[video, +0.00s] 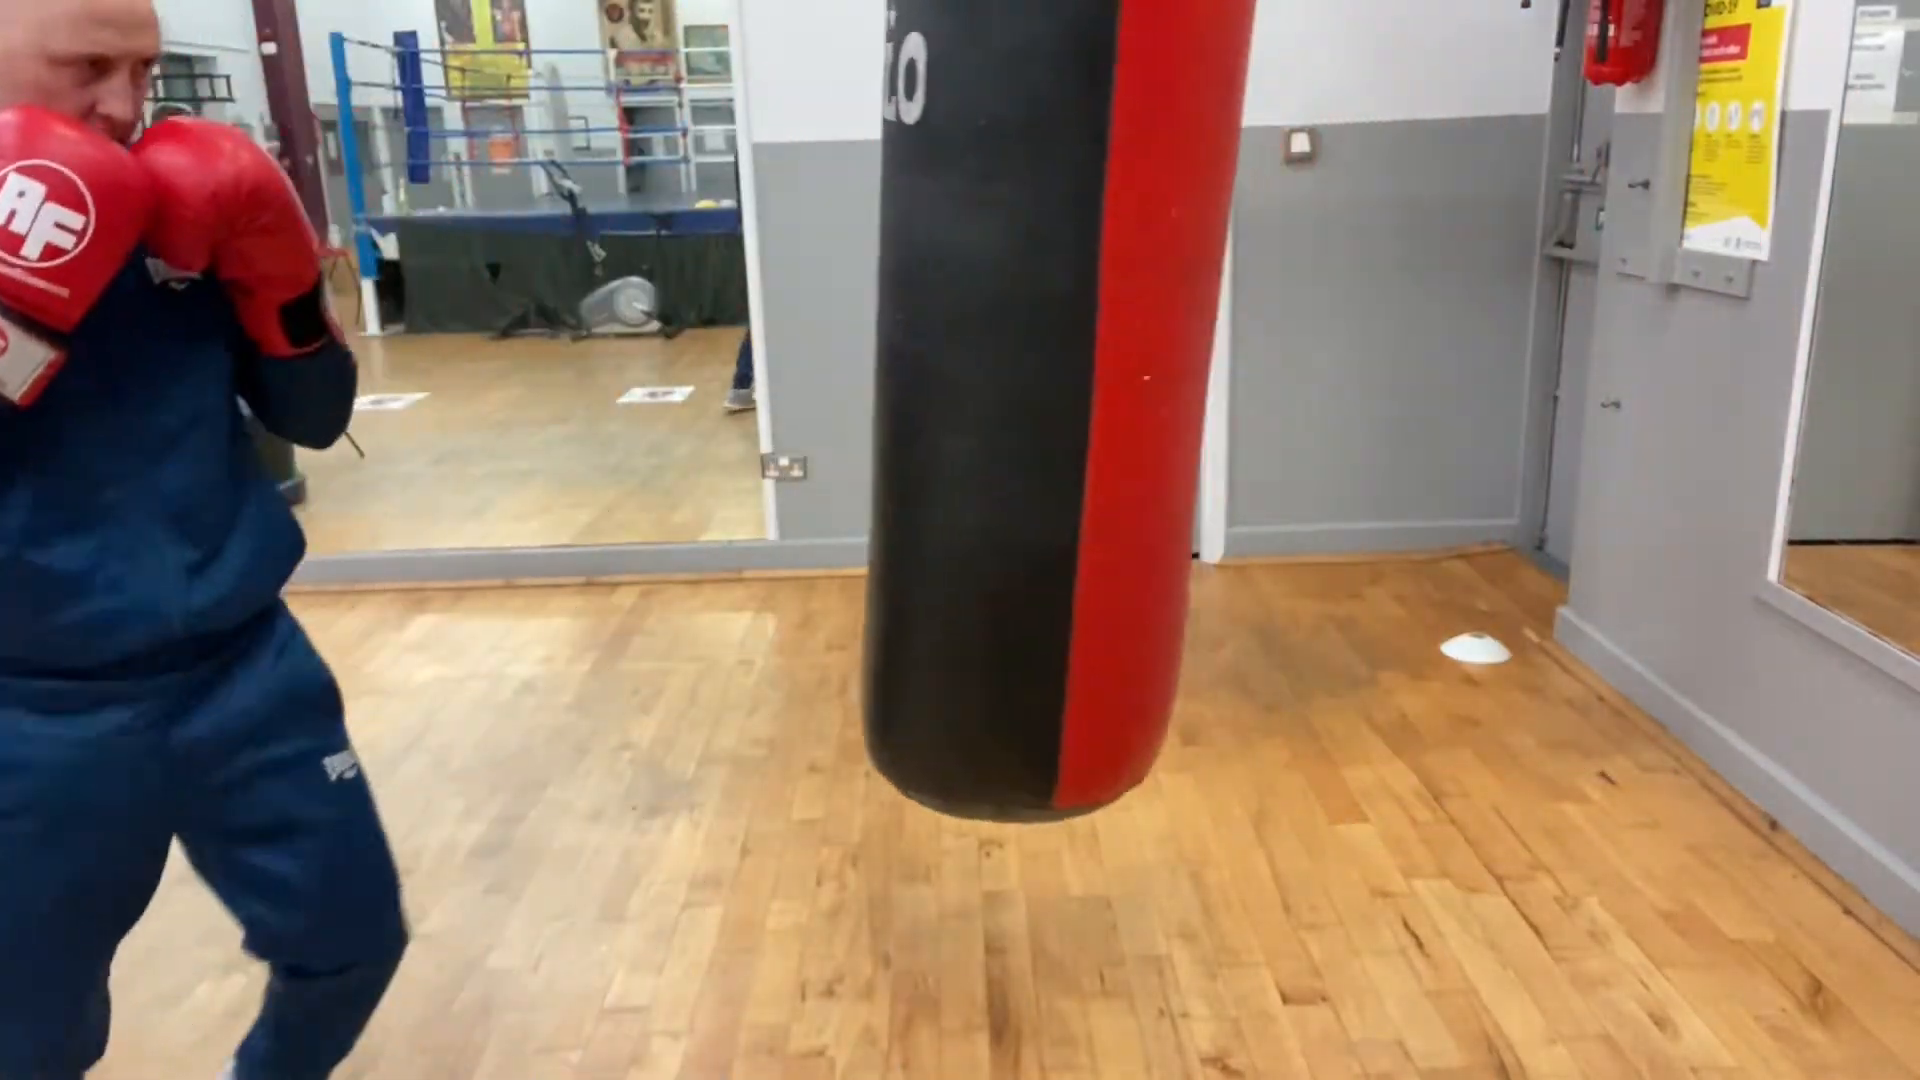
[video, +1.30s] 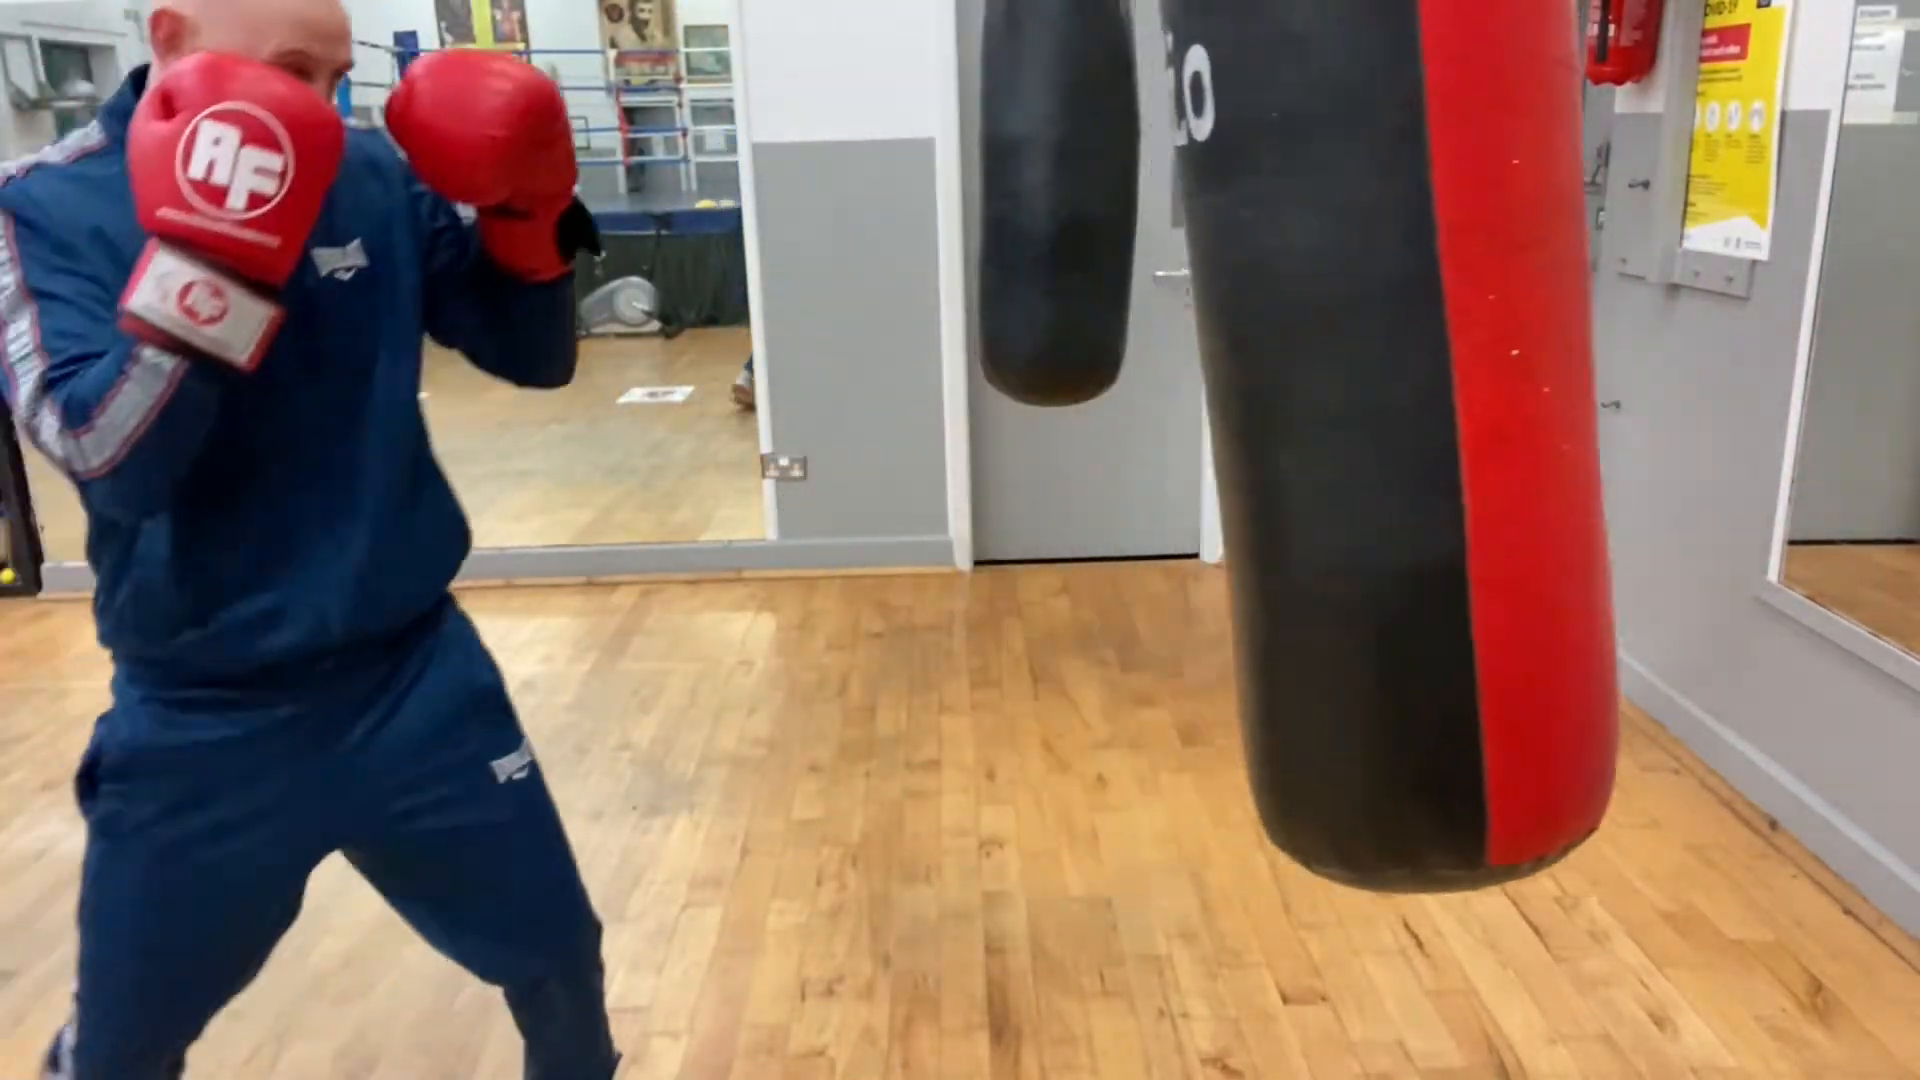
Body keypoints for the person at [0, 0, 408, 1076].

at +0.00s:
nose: (124, 105)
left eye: (143, 70)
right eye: (86, 70)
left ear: (161, 66)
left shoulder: (188, 208)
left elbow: (315, 417)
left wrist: (281, 274)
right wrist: (22, 314)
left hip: (244, 673)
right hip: (40, 713)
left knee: (351, 940)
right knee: (36, 1048)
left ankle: (274, 1076)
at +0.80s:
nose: (12, 73)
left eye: (13, 62)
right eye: (1, 64)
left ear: (20, 53)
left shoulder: (73, 184)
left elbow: (207, 392)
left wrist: (206, 281)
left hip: (136, 649)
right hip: (4, 693)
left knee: (290, 906)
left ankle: (258, 1043)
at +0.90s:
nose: (15, 39)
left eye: (22, 24)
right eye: (5, 24)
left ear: (36, 28)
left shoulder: (80, 137)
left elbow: (280, 331)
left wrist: (245, 177)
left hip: (157, 627)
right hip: (9, 673)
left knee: (347, 882)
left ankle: (356, 1042)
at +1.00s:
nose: (62, 79)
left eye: (78, 57)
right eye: (40, 54)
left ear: (92, 44)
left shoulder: (127, 151)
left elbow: (305, 344)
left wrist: (299, 210)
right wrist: (10, 197)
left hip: (189, 644)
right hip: (22, 683)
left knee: (393, 883)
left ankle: (504, 1059)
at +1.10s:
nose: (139, 169)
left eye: (155, 131)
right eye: (104, 133)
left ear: (170, 119)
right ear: (13, 133)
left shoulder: (209, 227)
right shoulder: (4, 283)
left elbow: (316, 433)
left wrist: (343, 347)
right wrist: (26, 340)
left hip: (258, 701)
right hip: (47, 745)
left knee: (459, 924)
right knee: (6, 1042)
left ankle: (566, 1069)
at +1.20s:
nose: (241, 171)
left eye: (259, 139)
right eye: (211, 135)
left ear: (277, 122)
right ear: (97, 99)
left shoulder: (305, 228)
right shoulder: (19, 252)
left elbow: (441, 421)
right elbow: (24, 520)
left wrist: (450, 307)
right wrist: (115, 326)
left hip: (349, 710)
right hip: (129, 748)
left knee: (526, 960)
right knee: (46, 1055)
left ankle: (570, 1070)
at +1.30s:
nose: (319, 111)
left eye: (337, 78)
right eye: (290, 73)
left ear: (354, 62)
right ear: (174, 41)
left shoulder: (377, 173)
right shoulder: (51, 212)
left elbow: (534, 356)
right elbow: (105, 464)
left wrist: (527, 214)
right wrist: (210, 253)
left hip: (416, 684)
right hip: (197, 724)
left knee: (563, 969)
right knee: (123, 1053)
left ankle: (579, 1077)